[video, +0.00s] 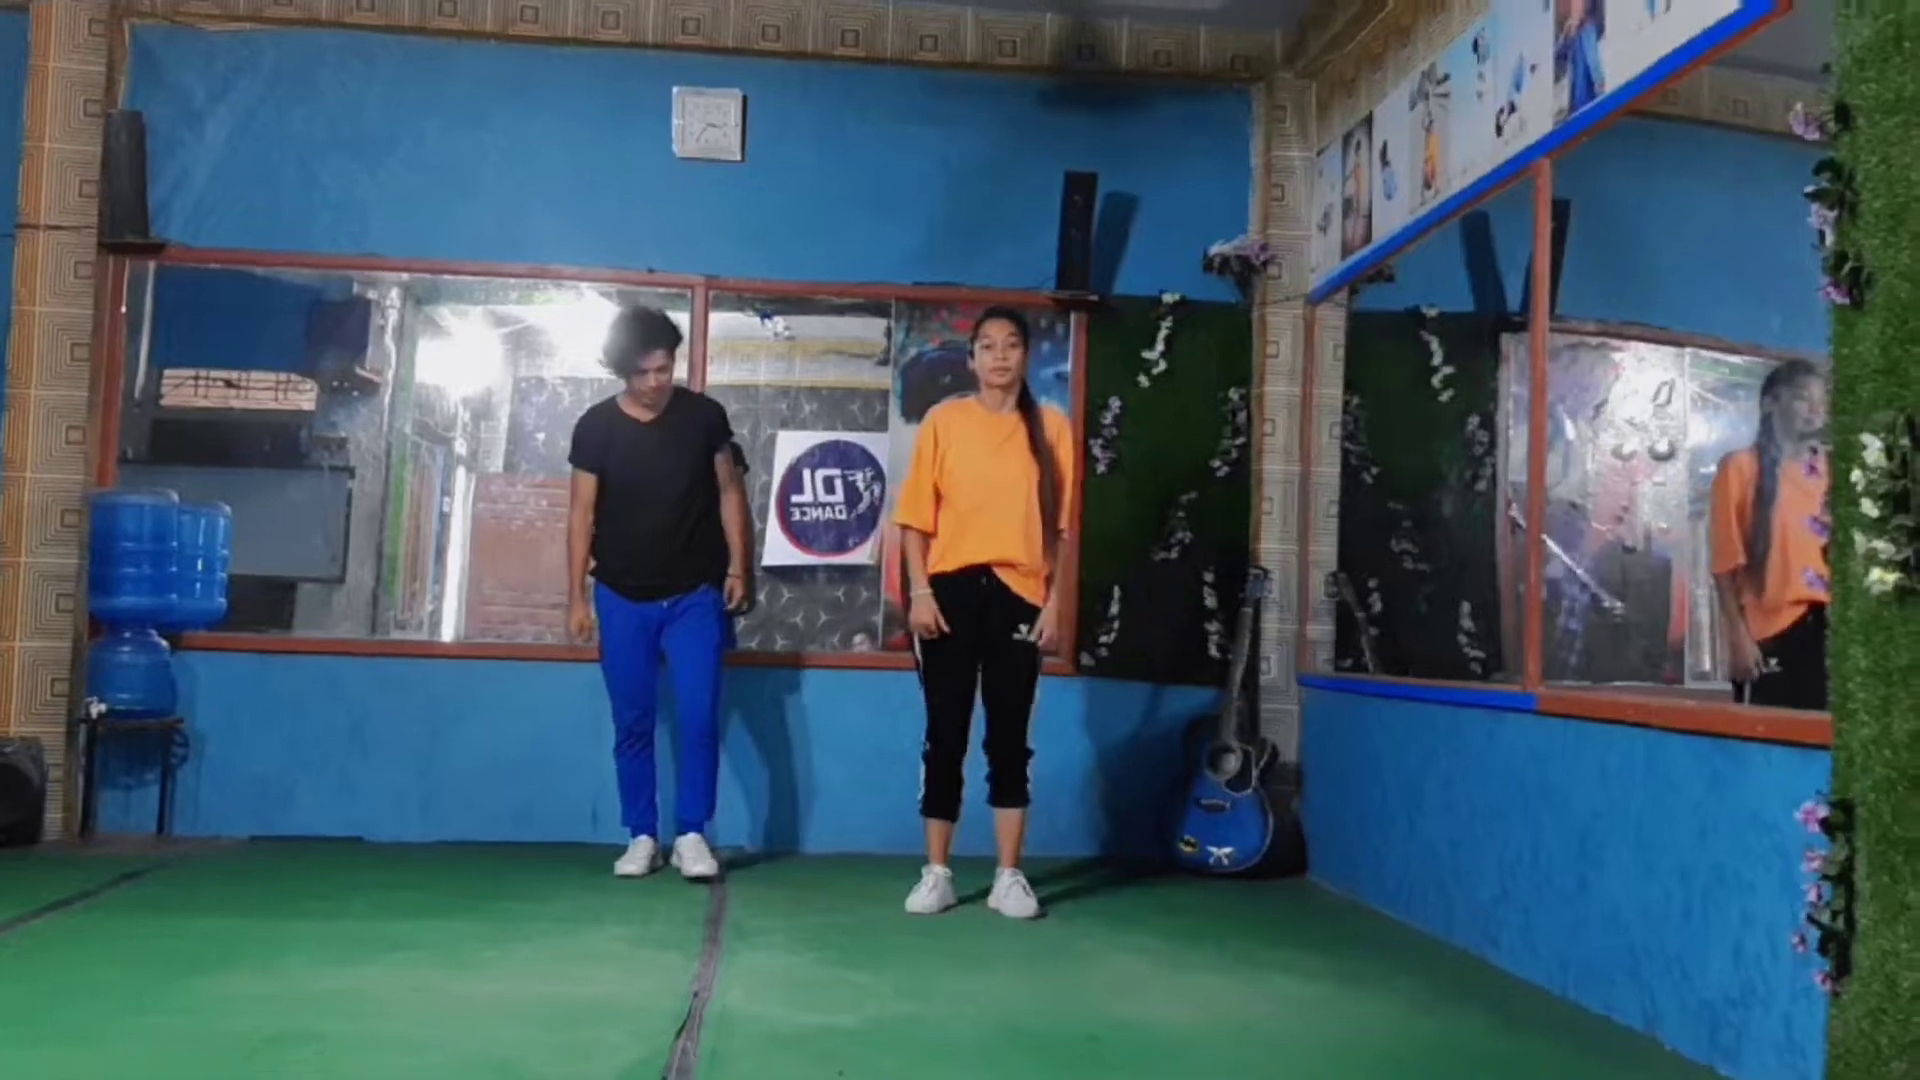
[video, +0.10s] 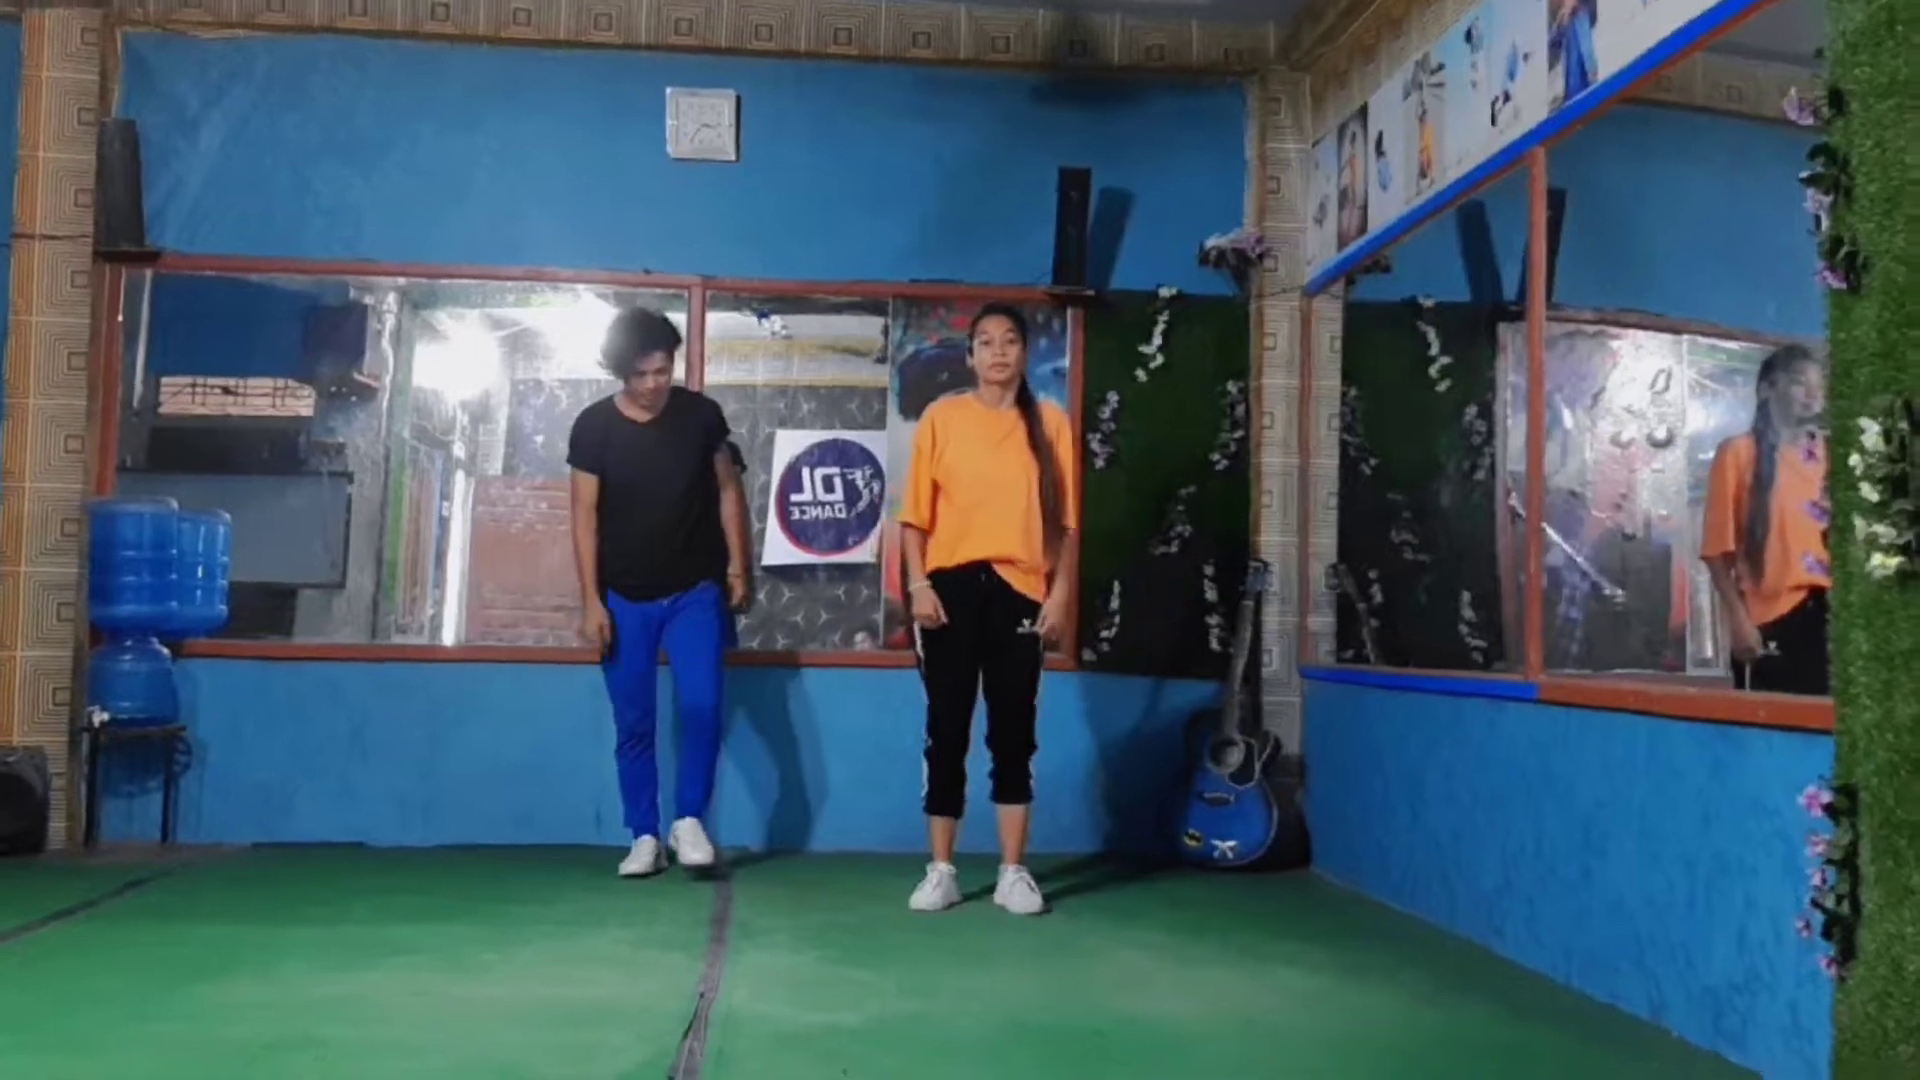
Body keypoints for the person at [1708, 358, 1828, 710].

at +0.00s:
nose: (1815, 410)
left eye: (1821, 400)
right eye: (1802, 398)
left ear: (1827, 408)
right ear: (1771, 403)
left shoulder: (1826, 470)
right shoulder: (1740, 467)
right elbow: (1723, 564)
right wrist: (1739, 636)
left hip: (1822, 625)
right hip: (1767, 632)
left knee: (1821, 740)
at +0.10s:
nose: (1812, 395)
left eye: (1818, 385)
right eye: (1799, 383)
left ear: (1825, 393)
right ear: (1768, 389)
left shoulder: (1826, 455)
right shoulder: (1738, 453)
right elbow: (1716, 552)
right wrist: (1739, 621)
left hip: (1825, 612)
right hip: (1767, 620)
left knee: (1823, 732)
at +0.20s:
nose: (1817, 407)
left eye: (1823, 398)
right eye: (1803, 395)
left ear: (1829, 406)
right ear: (1773, 401)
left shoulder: (1830, 469)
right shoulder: (1743, 465)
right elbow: (1712, 559)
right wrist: (1738, 625)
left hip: (1825, 625)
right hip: (1769, 632)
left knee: (1822, 745)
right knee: (1769, 747)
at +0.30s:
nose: (1815, 397)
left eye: (1820, 386)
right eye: (1802, 384)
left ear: (1825, 394)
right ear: (1769, 390)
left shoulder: (1824, 455)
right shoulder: (1742, 451)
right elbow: (1706, 546)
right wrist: (1738, 613)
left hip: (1822, 613)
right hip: (1768, 620)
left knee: (1818, 733)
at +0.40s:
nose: (1820, 412)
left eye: (1824, 402)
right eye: (1809, 399)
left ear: (1829, 408)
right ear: (1775, 403)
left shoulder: (1827, 469)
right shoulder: (1744, 465)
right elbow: (1709, 558)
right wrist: (1735, 625)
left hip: (1821, 626)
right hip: (1766, 633)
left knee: (1817, 745)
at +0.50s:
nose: (1827, 407)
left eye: (1833, 397)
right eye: (1818, 394)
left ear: (1838, 403)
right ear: (1786, 394)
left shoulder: (1835, 463)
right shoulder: (1751, 458)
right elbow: (1723, 556)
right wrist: (1742, 627)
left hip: (1833, 617)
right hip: (1776, 624)